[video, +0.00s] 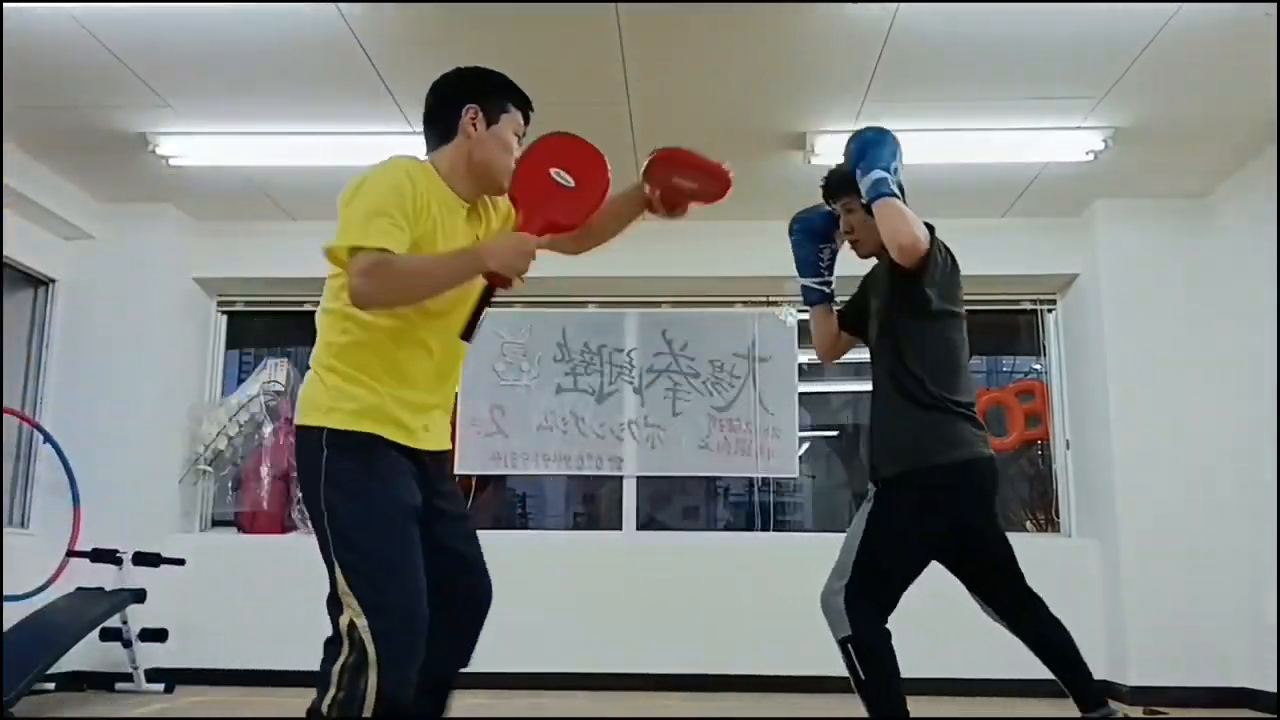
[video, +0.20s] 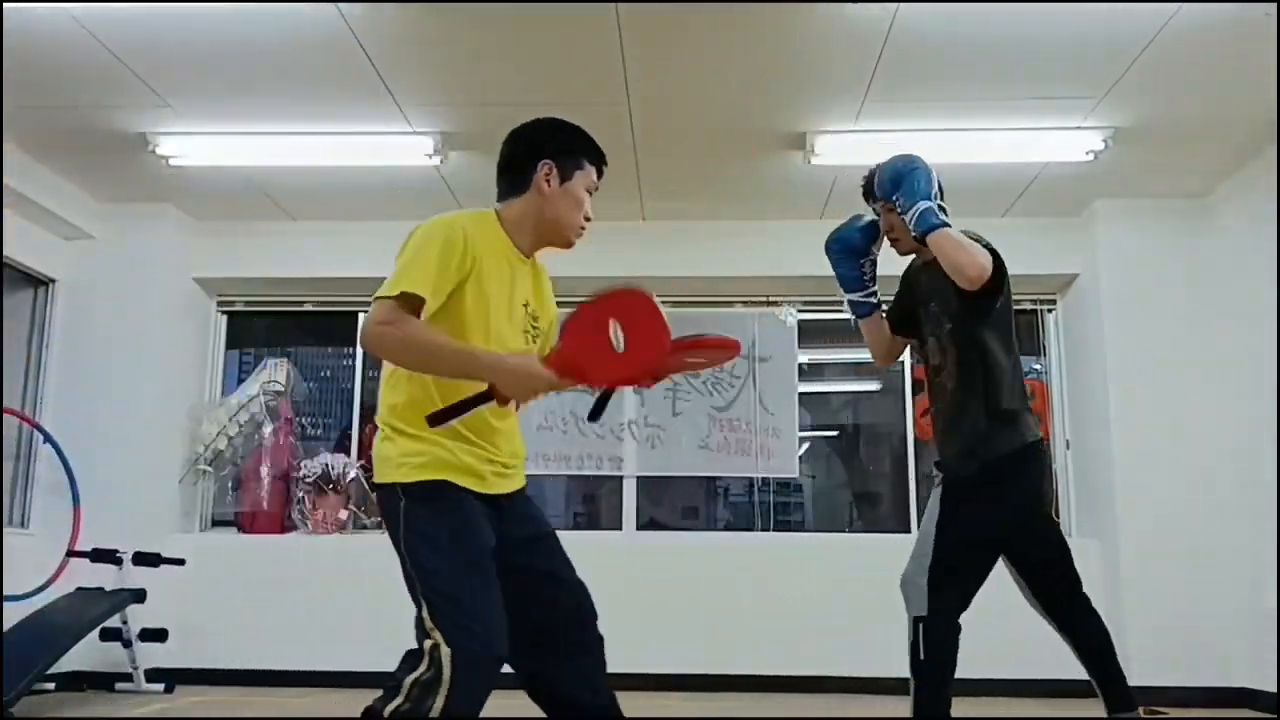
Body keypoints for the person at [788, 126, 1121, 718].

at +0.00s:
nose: (845, 227)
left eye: (851, 213)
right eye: (840, 217)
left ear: (878, 209)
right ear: (847, 222)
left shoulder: (923, 254)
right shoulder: (877, 283)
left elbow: (905, 245)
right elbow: (828, 346)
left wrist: (879, 181)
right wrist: (814, 275)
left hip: (935, 471)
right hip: (939, 472)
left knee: (853, 606)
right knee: (1011, 600)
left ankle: (890, 715)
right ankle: (1097, 707)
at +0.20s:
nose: (882, 223)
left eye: (886, 210)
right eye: (878, 212)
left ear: (912, 206)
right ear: (885, 217)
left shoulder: (968, 251)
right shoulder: (916, 278)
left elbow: (975, 276)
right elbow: (885, 353)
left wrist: (927, 217)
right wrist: (859, 287)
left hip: (1006, 459)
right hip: (968, 463)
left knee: (931, 598)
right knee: (1059, 595)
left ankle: (930, 714)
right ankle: (1124, 708)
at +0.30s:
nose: (894, 223)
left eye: (900, 208)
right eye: (888, 213)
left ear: (929, 205)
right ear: (891, 220)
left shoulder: (976, 247)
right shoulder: (926, 279)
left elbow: (982, 266)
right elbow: (895, 351)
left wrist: (929, 210)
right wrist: (869, 290)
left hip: (1008, 459)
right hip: (998, 458)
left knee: (949, 606)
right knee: (1063, 595)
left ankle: (954, 714)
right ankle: (1130, 709)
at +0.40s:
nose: (913, 249)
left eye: (918, 235)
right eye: (909, 239)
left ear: (946, 232)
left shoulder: (991, 271)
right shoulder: (950, 304)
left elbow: (977, 278)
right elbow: (911, 373)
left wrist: (936, 224)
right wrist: (886, 304)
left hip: (1009, 479)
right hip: (1026, 477)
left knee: (927, 604)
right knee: (1062, 609)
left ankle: (946, 715)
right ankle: (1143, 712)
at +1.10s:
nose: (935, 228)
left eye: (945, 213)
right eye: (930, 218)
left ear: (984, 206)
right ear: (988, 213)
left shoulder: (996, 252)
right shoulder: (1019, 252)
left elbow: (914, 259)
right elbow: (996, 348)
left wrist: (829, 206)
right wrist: (941, 315)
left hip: (1022, 462)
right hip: (1059, 460)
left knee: (975, 606)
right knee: (1064, 594)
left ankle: (989, 714)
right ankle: (1140, 709)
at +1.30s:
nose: (943, 233)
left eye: (952, 219)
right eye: (935, 223)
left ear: (991, 214)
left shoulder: (1036, 266)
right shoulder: (981, 286)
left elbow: (1025, 341)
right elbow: (955, 372)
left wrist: (960, 278)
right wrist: (921, 317)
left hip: (1046, 467)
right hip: (1030, 468)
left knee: (991, 613)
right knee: (1095, 619)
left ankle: (992, 719)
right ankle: (1164, 714)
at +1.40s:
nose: (953, 239)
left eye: (960, 223)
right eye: (947, 228)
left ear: (999, 217)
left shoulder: (1046, 265)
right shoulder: (995, 288)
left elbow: (1047, 352)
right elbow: (988, 385)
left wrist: (974, 308)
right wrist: (954, 333)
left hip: (1061, 465)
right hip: (1048, 466)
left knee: (1007, 606)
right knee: (1092, 608)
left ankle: (998, 716)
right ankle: (1167, 713)